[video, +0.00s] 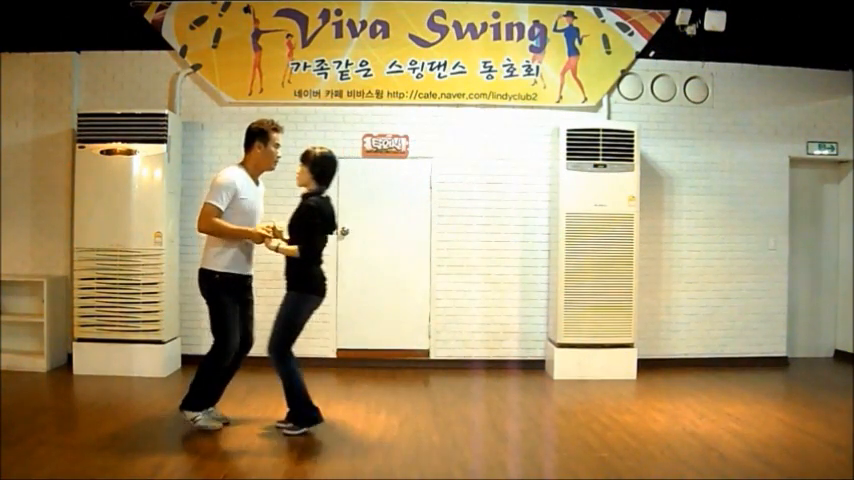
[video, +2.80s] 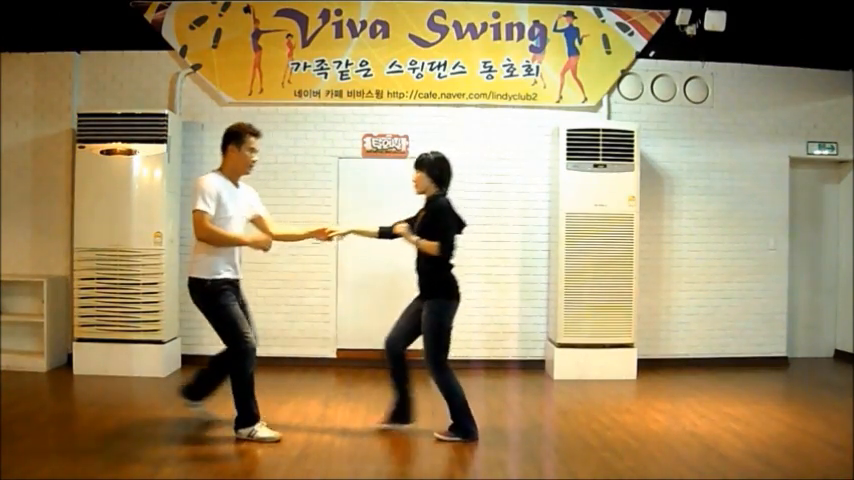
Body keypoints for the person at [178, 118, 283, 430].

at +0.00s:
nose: (278, 154)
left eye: (279, 148)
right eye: (274, 147)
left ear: (259, 149)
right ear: (255, 147)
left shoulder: (257, 185)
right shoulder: (228, 179)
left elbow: (240, 225)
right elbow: (204, 222)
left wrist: (264, 232)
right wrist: (249, 233)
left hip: (241, 276)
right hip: (217, 275)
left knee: (243, 342)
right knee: (227, 342)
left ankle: (206, 404)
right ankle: (193, 405)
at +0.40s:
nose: (287, 150)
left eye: (286, 144)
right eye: (282, 143)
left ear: (270, 147)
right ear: (263, 146)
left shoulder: (263, 182)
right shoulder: (246, 177)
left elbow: (242, 222)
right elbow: (217, 215)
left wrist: (270, 234)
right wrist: (258, 233)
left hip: (247, 276)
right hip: (228, 276)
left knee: (271, 333)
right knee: (220, 345)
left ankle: (239, 401)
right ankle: (195, 411)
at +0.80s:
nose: (295, 160)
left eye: (297, 154)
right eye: (293, 153)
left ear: (282, 149)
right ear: (275, 146)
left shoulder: (275, 178)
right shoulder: (251, 172)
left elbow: (277, 222)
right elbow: (251, 212)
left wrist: (310, 222)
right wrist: (301, 219)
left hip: (268, 272)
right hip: (246, 272)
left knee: (280, 339)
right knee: (265, 340)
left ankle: (271, 413)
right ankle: (226, 404)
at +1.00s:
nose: (310, 190)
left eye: (312, 184)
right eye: (309, 182)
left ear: (295, 176)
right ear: (292, 174)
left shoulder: (286, 205)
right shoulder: (262, 202)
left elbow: (286, 250)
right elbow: (251, 250)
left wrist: (322, 252)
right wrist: (292, 249)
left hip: (264, 293)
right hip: (244, 294)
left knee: (300, 344)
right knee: (293, 346)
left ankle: (277, 413)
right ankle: (269, 417)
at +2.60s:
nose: (278, 159)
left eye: (279, 154)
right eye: (274, 152)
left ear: (268, 157)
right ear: (253, 152)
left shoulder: (269, 196)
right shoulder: (227, 185)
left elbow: (296, 237)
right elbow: (212, 228)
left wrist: (335, 237)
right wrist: (256, 238)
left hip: (254, 283)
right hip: (226, 283)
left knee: (278, 342)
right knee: (258, 345)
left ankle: (285, 403)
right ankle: (247, 424)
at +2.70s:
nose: (268, 156)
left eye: (269, 150)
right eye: (264, 149)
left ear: (257, 153)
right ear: (243, 148)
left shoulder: (258, 191)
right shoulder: (218, 180)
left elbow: (286, 231)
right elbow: (206, 225)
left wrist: (325, 229)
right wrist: (251, 233)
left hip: (239, 278)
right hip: (213, 279)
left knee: (266, 336)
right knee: (248, 344)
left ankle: (249, 401)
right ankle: (246, 424)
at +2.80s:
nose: (255, 158)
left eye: (256, 152)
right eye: (250, 151)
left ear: (244, 154)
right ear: (230, 150)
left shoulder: (246, 193)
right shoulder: (208, 183)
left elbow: (270, 233)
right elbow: (202, 231)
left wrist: (311, 233)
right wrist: (248, 240)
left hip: (230, 280)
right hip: (207, 281)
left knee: (245, 345)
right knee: (244, 344)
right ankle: (247, 422)